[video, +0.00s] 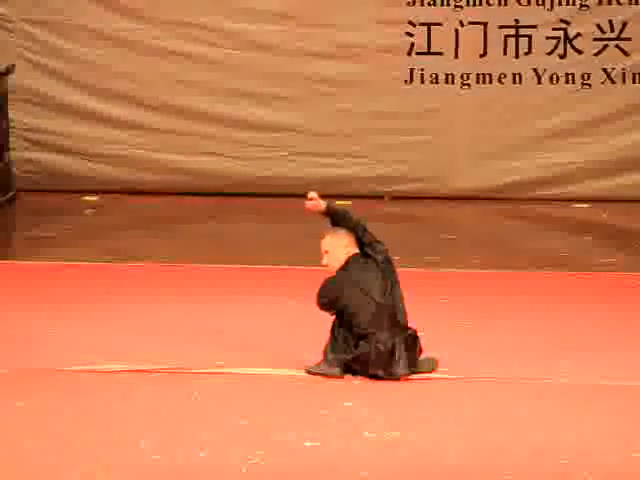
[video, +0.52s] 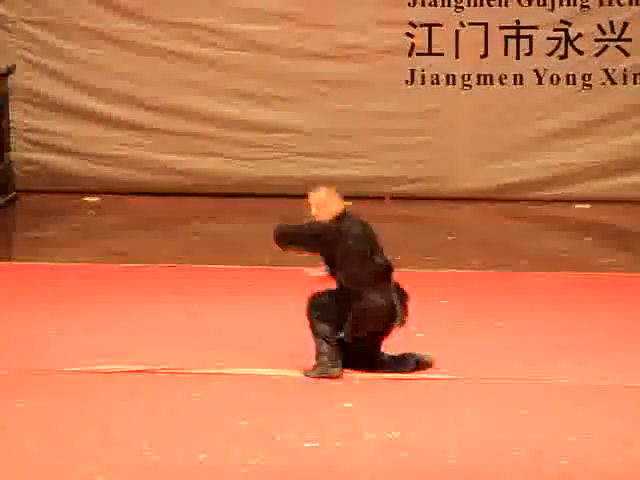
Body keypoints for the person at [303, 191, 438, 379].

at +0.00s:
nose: (323, 262)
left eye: (326, 254)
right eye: (323, 255)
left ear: (344, 250)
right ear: (351, 247)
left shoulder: (341, 282)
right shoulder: (379, 257)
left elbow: (323, 302)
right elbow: (358, 228)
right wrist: (326, 209)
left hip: (368, 361)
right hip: (402, 357)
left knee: (344, 317)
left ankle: (333, 362)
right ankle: (416, 362)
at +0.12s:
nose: (324, 263)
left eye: (327, 256)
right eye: (324, 256)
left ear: (345, 252)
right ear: (352, 250)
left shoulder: (342, 283)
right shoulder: (380, 259)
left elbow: (324, 303)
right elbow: (359, 229)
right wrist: (329, 210)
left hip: (370, 361)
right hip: (403, 356)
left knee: (345, 317)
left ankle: (333, 362)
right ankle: (420, 361)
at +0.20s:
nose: (323, 266)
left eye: (326, 258)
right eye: (323, 259)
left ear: (342, 255)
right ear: (351, 251)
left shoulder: (341, 285)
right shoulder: (378, 261)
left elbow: (321, 306)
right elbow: (356, 235)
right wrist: (326, 216)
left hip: (367, 360)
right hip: (401, 356)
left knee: (345, 316)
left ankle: (333, 361)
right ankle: (420, 361)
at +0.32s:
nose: (316, 259)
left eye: (320, 252)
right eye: (317, 252)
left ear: (335, 251)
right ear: (346, 247)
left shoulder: (336, 277)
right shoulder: (370, 257)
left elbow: (301, 298)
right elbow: (345, 235)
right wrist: (312, 226)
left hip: (373, 359)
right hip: (405, 351)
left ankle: (333, 361)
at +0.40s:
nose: (316, 244)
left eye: (317, 239)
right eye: (314, 239)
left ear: (325, 239)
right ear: (345, 234)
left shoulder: (327, 265)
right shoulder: (369, 250)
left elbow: (285, 281)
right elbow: (338, 258)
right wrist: (306, 244)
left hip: (361, 353)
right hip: (394, 349)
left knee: (335, 308)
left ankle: (330, 362)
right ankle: (406, 361)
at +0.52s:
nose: (312, 213)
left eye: (315, 207)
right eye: (311, 207)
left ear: (329, 206)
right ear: (338, 205)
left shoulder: (330, 231)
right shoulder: (361, 226)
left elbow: (282, 234)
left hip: (363, 304)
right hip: (388, 302)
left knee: (319, 304)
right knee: (356, 358)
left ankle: (328, 363)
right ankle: (413, 362)